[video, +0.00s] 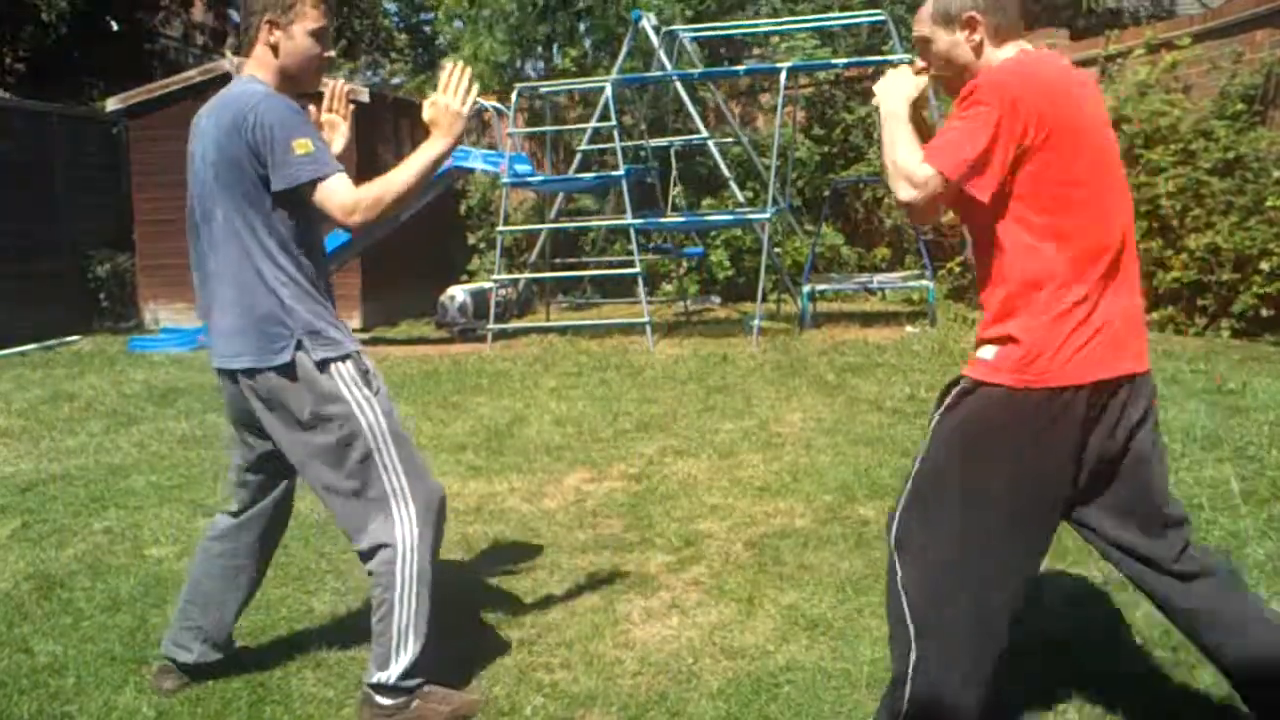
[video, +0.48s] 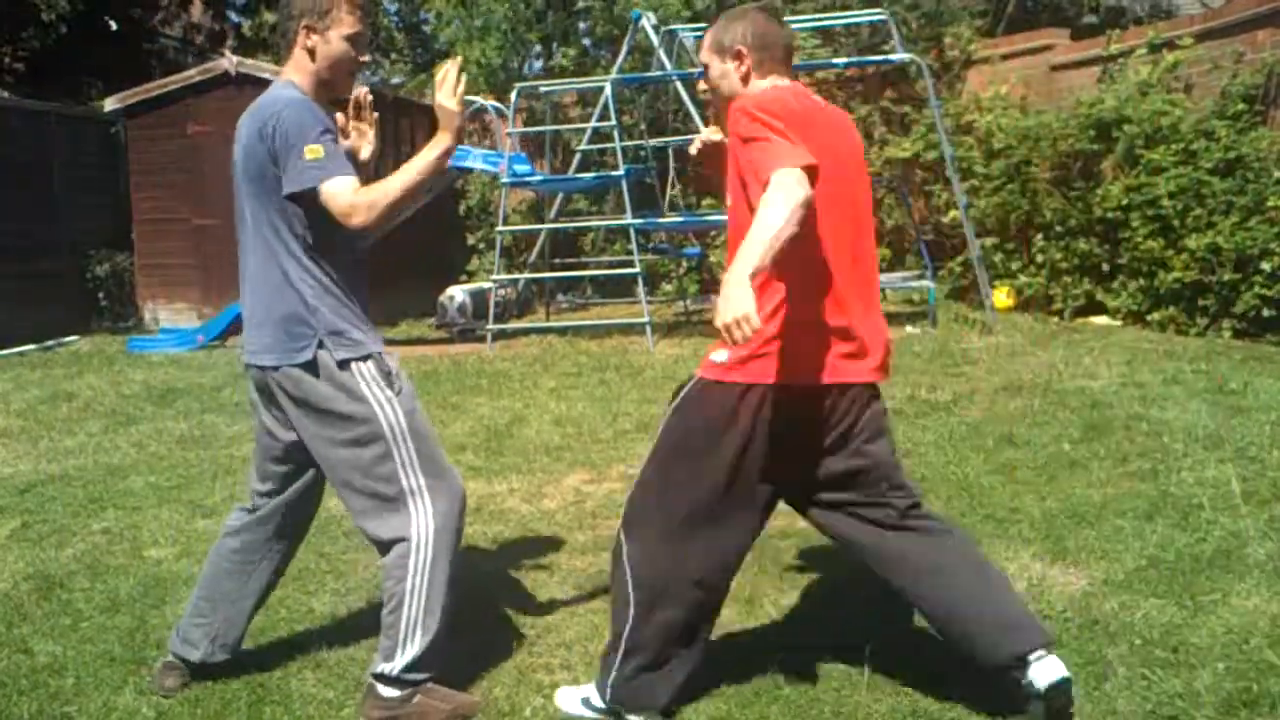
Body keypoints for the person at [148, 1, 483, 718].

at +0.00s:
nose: (328, 51)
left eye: (328, 37)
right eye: (319, 35)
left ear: (271, 38)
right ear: (269, 35)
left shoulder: (215, 114)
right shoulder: (269, 111)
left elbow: (275, 228)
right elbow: (358, 208)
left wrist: (325, 159)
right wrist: (440, 141)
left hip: (240, 348)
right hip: (298, 345)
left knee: (252, 500)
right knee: (407, 502)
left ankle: (188, 655)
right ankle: (396, 686)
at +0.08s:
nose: (339, 48)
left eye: (340, 34)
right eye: (328, 31)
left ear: (282, 32)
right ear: (279, 29)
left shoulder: (228, 110)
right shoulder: (276, 109)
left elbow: (283, 223)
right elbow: (358, 208)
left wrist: (330, 154)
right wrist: (439, 137)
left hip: (248, 344)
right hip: (305, 343)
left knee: (263, 498)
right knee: (412, 504)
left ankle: (189, 656)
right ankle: (397, 686)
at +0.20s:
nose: (349, 50)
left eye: (349, 36)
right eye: (339, 35)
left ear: (293, 35)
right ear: (291, 33)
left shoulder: (245, 111)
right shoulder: (282, 110)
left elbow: (290, 221)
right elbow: (357, 212)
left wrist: (338, 155)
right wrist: (441, 145)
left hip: (260, 343)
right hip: (311, 340)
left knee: (267, 503)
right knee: (418, 500)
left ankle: (189, 656)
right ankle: (398, 684)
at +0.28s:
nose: (356, 55)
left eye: (357, 41)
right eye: (346, 39)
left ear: (299, 38)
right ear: (298, 36)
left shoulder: (254, 114)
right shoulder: (284, 113)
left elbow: (295, 225)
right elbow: (347, 223)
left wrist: (341, 161)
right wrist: (441, 165)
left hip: (264, 345)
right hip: (314, 343)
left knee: (273, 502)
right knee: (420, 500)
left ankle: (189, 655)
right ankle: (398, 684)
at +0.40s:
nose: (361, 59)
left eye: (362, 45)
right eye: (351, 44)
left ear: (306, 41)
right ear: (304, 40)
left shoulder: (269, 116)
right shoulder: (287, 117)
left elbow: (318, 230)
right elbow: (337, 230)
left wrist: (352, 165)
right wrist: (436, 174)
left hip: (274, 347)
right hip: (318, 346)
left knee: (276, 503)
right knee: (424, 501)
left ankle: (190, 655)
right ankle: (398, 682)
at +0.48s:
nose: (365, 58)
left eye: (366, 44)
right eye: (357, 41)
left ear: (308, 40)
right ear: (308, 37)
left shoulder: (269, 114)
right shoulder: (292, 113)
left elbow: (323, 226)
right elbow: (359, 211)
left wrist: (356, 163)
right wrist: (446, 140)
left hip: (279, 345)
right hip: (324, 343)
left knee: (272, 505)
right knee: (428, 500)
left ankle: (188, 656)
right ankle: (399, 682)